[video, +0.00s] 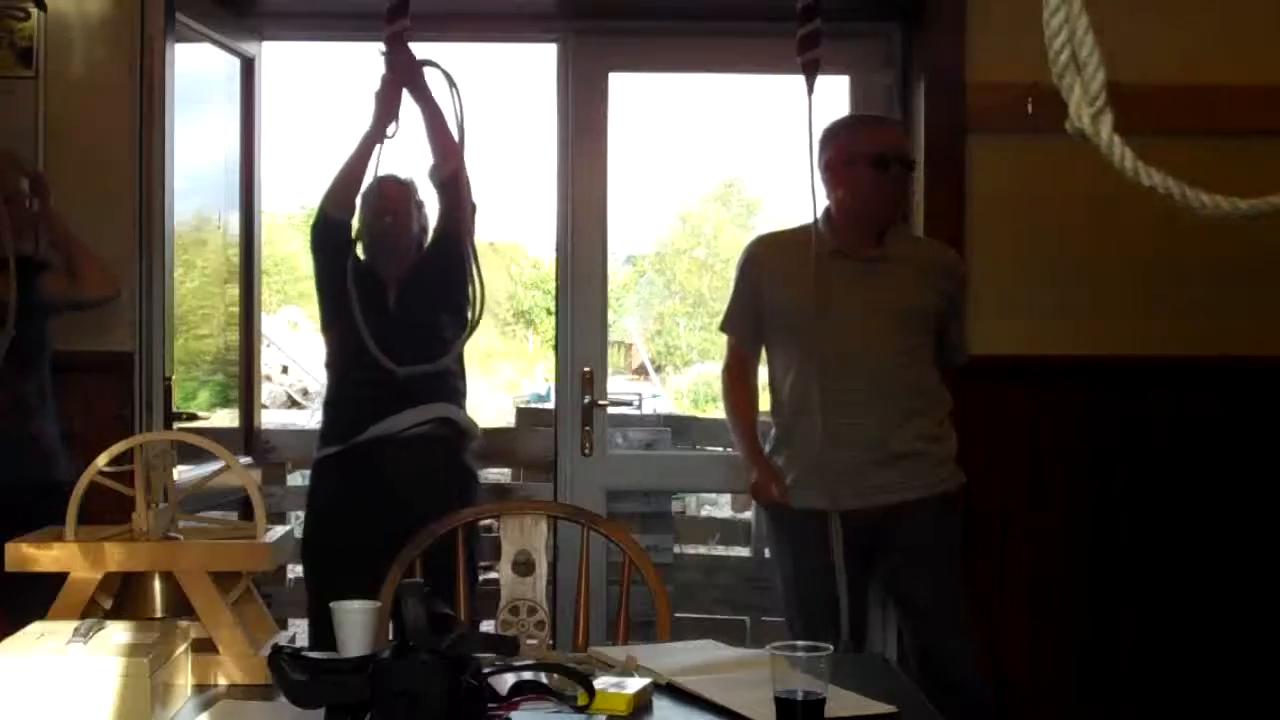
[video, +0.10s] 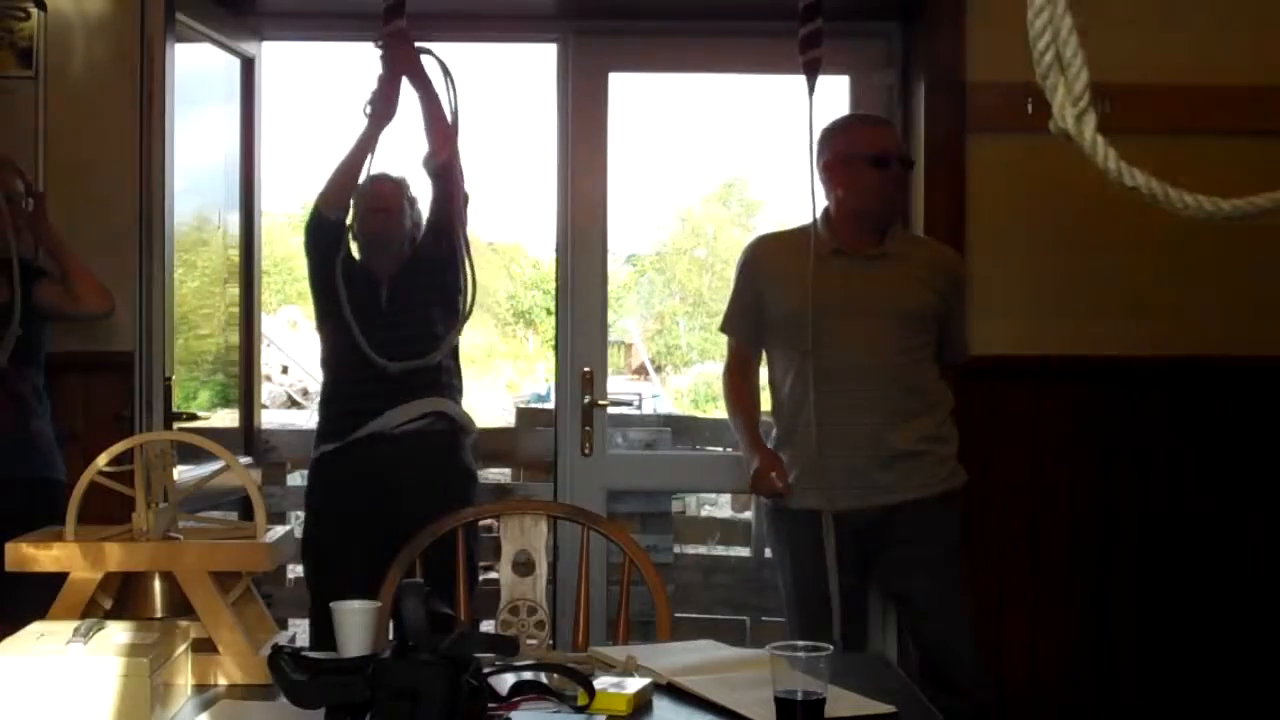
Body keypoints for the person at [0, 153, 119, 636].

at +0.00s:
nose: (15, 211)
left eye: (18, 198)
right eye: (7, 199)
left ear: (27, 207)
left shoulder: (25, 275)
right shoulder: (21, 276)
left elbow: (100, 288)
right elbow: (99, 287)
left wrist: (51, 214)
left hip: (37, 462)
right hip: (16, 465)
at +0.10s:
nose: (15, 210)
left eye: (17, 198)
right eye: (7, 199)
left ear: (27, 207)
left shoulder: (20, 275)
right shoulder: (18, 276)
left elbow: (96, 303)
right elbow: (95, 302)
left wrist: (45, 232)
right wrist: (43, 236)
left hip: (34, 464)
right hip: (15, 466)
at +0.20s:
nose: (13, 208)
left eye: (17, 197)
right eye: (6, 198)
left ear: (25, 205)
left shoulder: (20, 276)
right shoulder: (18, 277)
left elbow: (96, 308)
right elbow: (94, 307)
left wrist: (41, 239)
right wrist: (38, 244)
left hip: (30, 459)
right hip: (15, 462)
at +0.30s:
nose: (13, 210)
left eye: (16, 200)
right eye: (7, 200)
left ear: (22, 207)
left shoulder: (19, 275)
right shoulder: (18, 277)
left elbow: (91, 309)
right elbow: (89, 308)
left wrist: (32, 239)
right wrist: (32, 243)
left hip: (26, 455)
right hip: (15, 458)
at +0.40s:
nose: (16, 217)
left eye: (15, 207)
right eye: (11, 208)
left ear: (18, 213)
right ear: (4, 216)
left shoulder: (15, 285)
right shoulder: (17, 285)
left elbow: (84, 318)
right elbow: (83, 317)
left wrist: (26, 242)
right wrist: (27, 244)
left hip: (22, 462)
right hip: (14, 465)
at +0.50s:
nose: (19, 219)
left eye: (21, 209)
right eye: (13, 209)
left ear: (23, 217)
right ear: (1, 217)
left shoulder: (16, 284)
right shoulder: (16, 285)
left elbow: (76, 336)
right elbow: (75, 335)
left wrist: (32, 254)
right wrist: (31, 256)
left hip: (18, 454)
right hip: (14, 455)